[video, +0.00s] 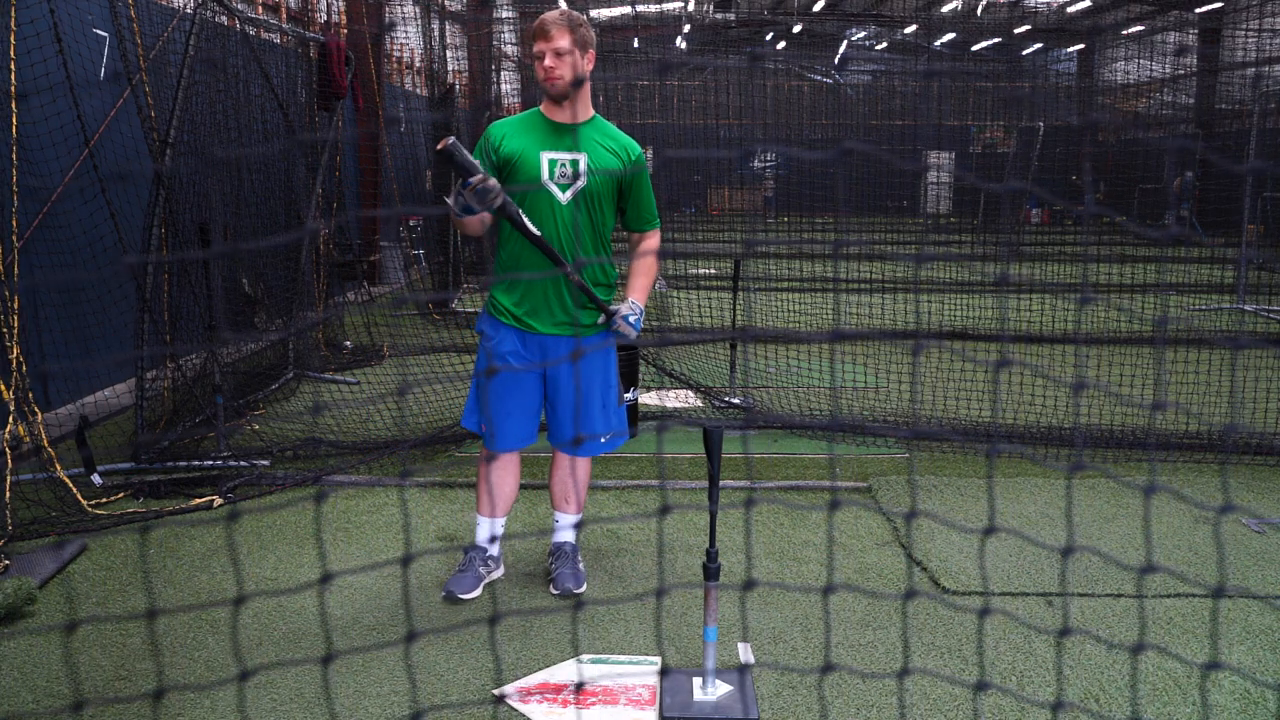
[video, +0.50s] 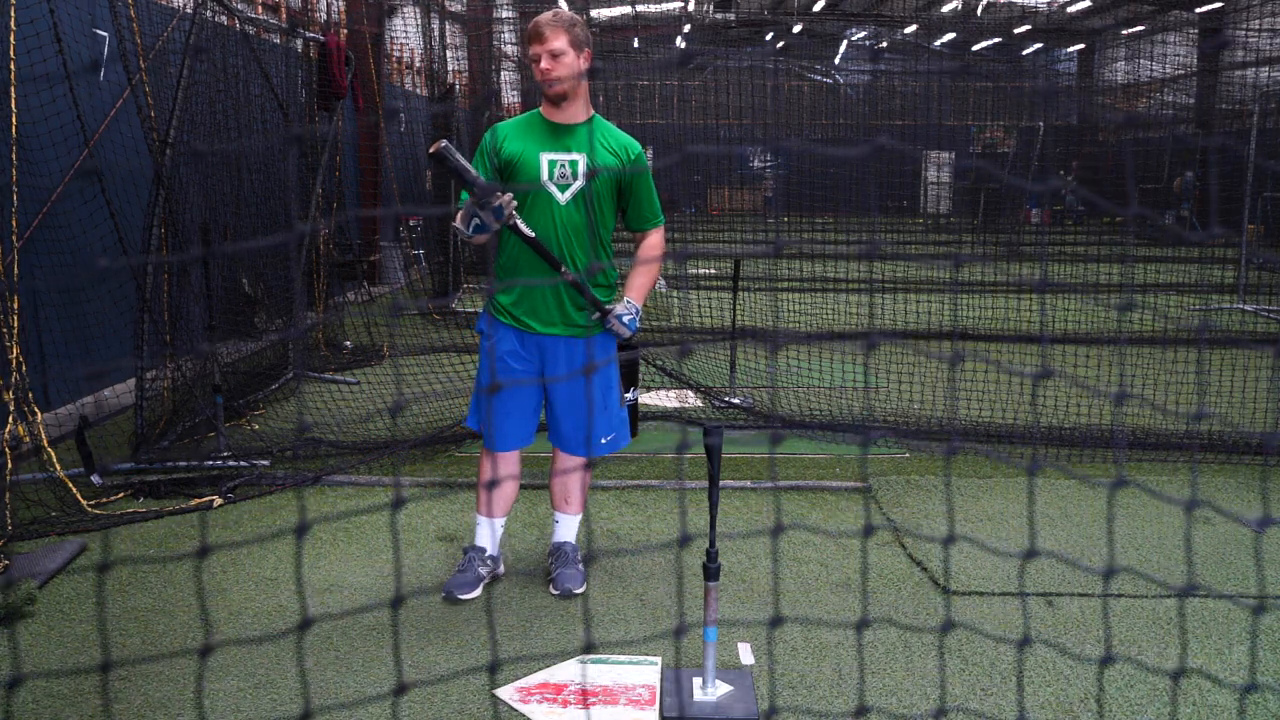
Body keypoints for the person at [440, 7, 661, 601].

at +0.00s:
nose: (548, 66)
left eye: (559, 55)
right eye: (539, 57)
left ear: (587, 59)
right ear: (531, 65)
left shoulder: (623, 153)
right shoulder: (502, 138)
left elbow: (647, 240)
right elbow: (473, 228)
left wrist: (632, 305)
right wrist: (472, 207)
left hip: (586, 324)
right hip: (511, 320)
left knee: (575, 440)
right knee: (500, 441)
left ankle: (565, 546)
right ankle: (486, 550)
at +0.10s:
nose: (548, 65)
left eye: (559, 54)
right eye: (539, 56)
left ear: (587, 59)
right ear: (531, 64)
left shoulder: (624, 152)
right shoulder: (502, 137)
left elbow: (651, 237)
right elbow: (469, 224)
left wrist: (635, 300)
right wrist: (465, 208)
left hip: (587, 324)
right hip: (512, 320)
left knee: (576, 442)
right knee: (500, 443)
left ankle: (565, 546)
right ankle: (485, 551)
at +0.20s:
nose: (547, 65)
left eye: (558, 54)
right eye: (538, 56)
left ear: (587, 59)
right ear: (531, 64)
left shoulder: (623, 152)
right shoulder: (502, 138)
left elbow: (653, 235)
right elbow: (468, 224)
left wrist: (635, 301)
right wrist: (471, 209)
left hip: (586, 324)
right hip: (511, 320)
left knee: (575, 443)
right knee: (500, 444)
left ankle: (565, 547)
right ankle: (484, 551)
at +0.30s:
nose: (546, 63)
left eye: (558, 53)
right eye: (538, 55)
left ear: (587, 59)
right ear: (531, 64)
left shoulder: (623, 152)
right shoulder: (502, 139)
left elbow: (655, 238)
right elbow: (465, 223)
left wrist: (632, 303)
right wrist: (477, 219)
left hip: (585, 325)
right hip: (511, 321)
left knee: (573, 444)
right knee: (499, 444)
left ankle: (566, 548)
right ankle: (485, 550)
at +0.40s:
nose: (546, 63)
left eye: (557, 53)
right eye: (538, 55)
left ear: (586, 59)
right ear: (531, 64)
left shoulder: (623, 152)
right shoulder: (502, 139)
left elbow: (654, 238)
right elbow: (465, 225)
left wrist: (632, 304)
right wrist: (475, 223)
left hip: (585, 325)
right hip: (511, 320)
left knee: (573, 444)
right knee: (499, 441)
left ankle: (566, 547)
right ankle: (484, 550)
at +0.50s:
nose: (546, 64)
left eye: (557, 54)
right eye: (538, 56)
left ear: (585, 59)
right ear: (530, 65)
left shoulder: (623, 152)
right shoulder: (502, 140)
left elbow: (652, 240)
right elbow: (468, 229)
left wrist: (630, 304)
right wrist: (477, 224)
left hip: (585, 325)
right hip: (511, 320)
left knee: (573, 444)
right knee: (499, 441)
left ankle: (566, 547)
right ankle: (485, 550)